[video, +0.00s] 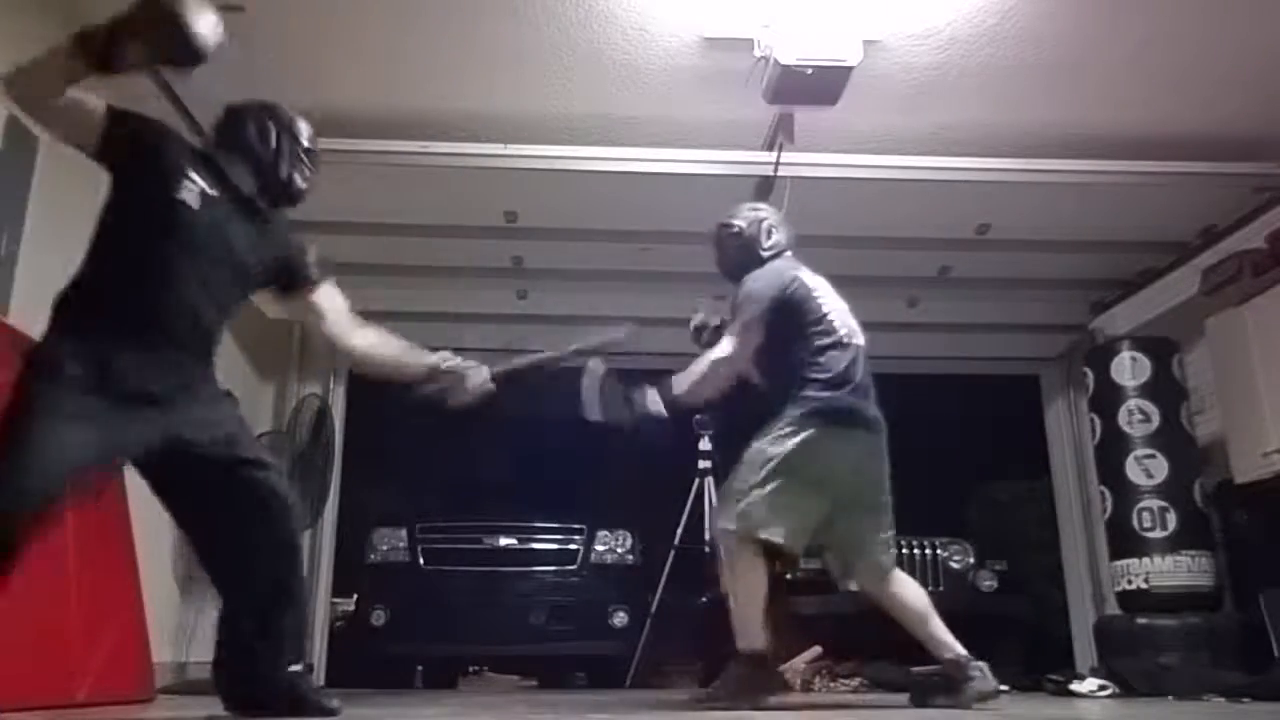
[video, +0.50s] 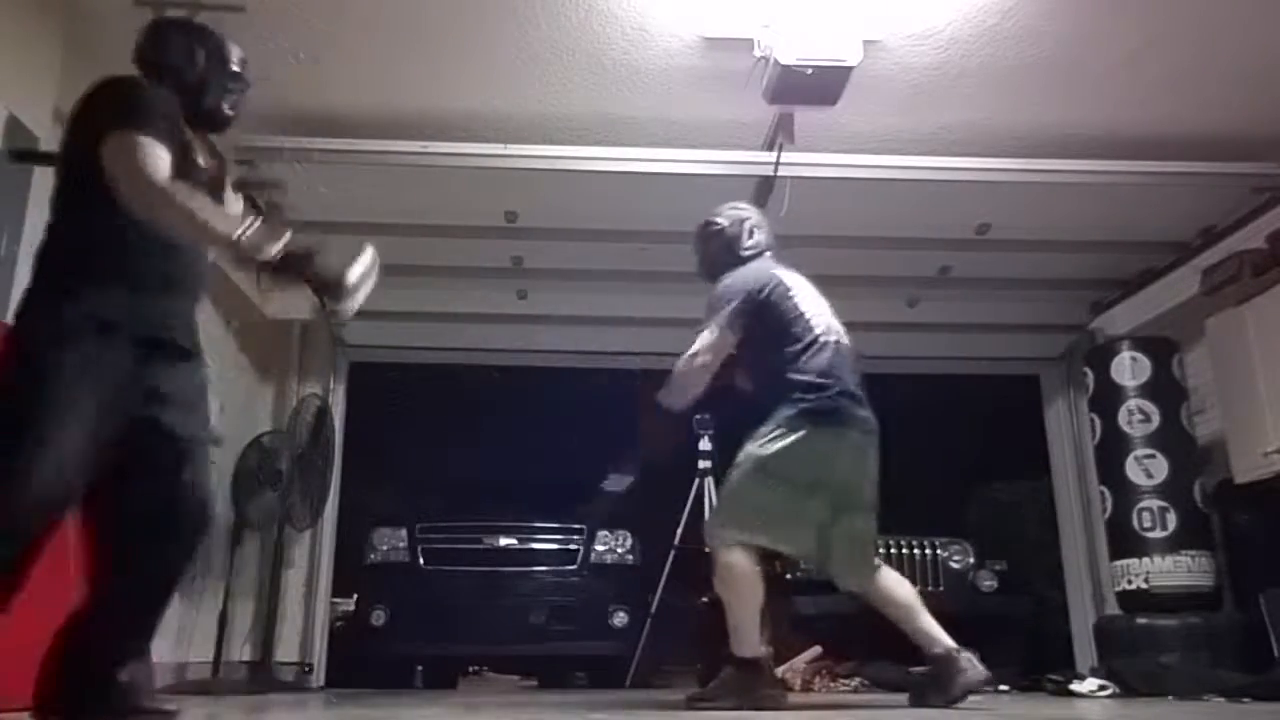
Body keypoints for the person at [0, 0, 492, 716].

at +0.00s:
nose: (300, 174)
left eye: (303, 163)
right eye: (295, 155)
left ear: (276, 165)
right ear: (260, 140)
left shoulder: (279, 241)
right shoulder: (158, 151)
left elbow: (348, 333)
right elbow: (30, 92)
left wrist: (440, 369)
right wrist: (111, 46)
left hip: (186, 398)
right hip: (83, 378)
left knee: (267, 523)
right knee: (14, 500)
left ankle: (259, 684)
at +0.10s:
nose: (295, 176)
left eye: (297, 164)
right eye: (289, 158)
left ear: (254, 157)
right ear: (256, 145)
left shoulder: (259, 246)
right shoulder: (160, 148)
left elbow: (272, 352)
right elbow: (49, 79)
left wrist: (349, 389)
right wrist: (154, 42)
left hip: (189, 400)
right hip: (91, 383)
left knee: (265, 515)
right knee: (21, 528)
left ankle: (265, 686)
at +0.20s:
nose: (270, 122)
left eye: (274, 110)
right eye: (258, 100)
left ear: (260, 123)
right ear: (213, 89)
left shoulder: (221, 206)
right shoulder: (141, 129)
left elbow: (201, 325)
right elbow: (108, 82)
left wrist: (267, 380)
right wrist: (214, 47)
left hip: (178, 382)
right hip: (80, 364)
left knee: (240, 532)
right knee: (12, 532)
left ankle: (263, 685)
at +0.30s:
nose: (233, 109)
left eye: (238, 99)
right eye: (224, 94)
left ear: (228, 100)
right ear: (188, 81)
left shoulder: (192, 178)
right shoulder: (112, 105)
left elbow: (171, 284)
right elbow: (169, 125)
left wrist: (243, 315)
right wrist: (302, 101)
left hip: (163, 356)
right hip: (72, 343)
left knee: (216, 497)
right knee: (9, 497)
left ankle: (230, 676)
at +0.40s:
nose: (238, 91)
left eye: (239, 79)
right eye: (227, 74)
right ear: (180, 66)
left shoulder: (199, 153)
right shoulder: (114, 102)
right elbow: (174, 165)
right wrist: (309, 183)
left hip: (164, 355)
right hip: (73, 342)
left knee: (207, 511)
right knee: (11, 503)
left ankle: (156, 681)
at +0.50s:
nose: (240, 89)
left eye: (242, 77)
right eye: (229, 72)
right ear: (184, 66)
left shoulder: (204, 162)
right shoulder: (131, 101)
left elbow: (228, 250)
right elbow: (144, 187)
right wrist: (254, 241)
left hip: (166, 356)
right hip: (82, 340)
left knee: (174, 517)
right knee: (27, 497)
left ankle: (89, 681)